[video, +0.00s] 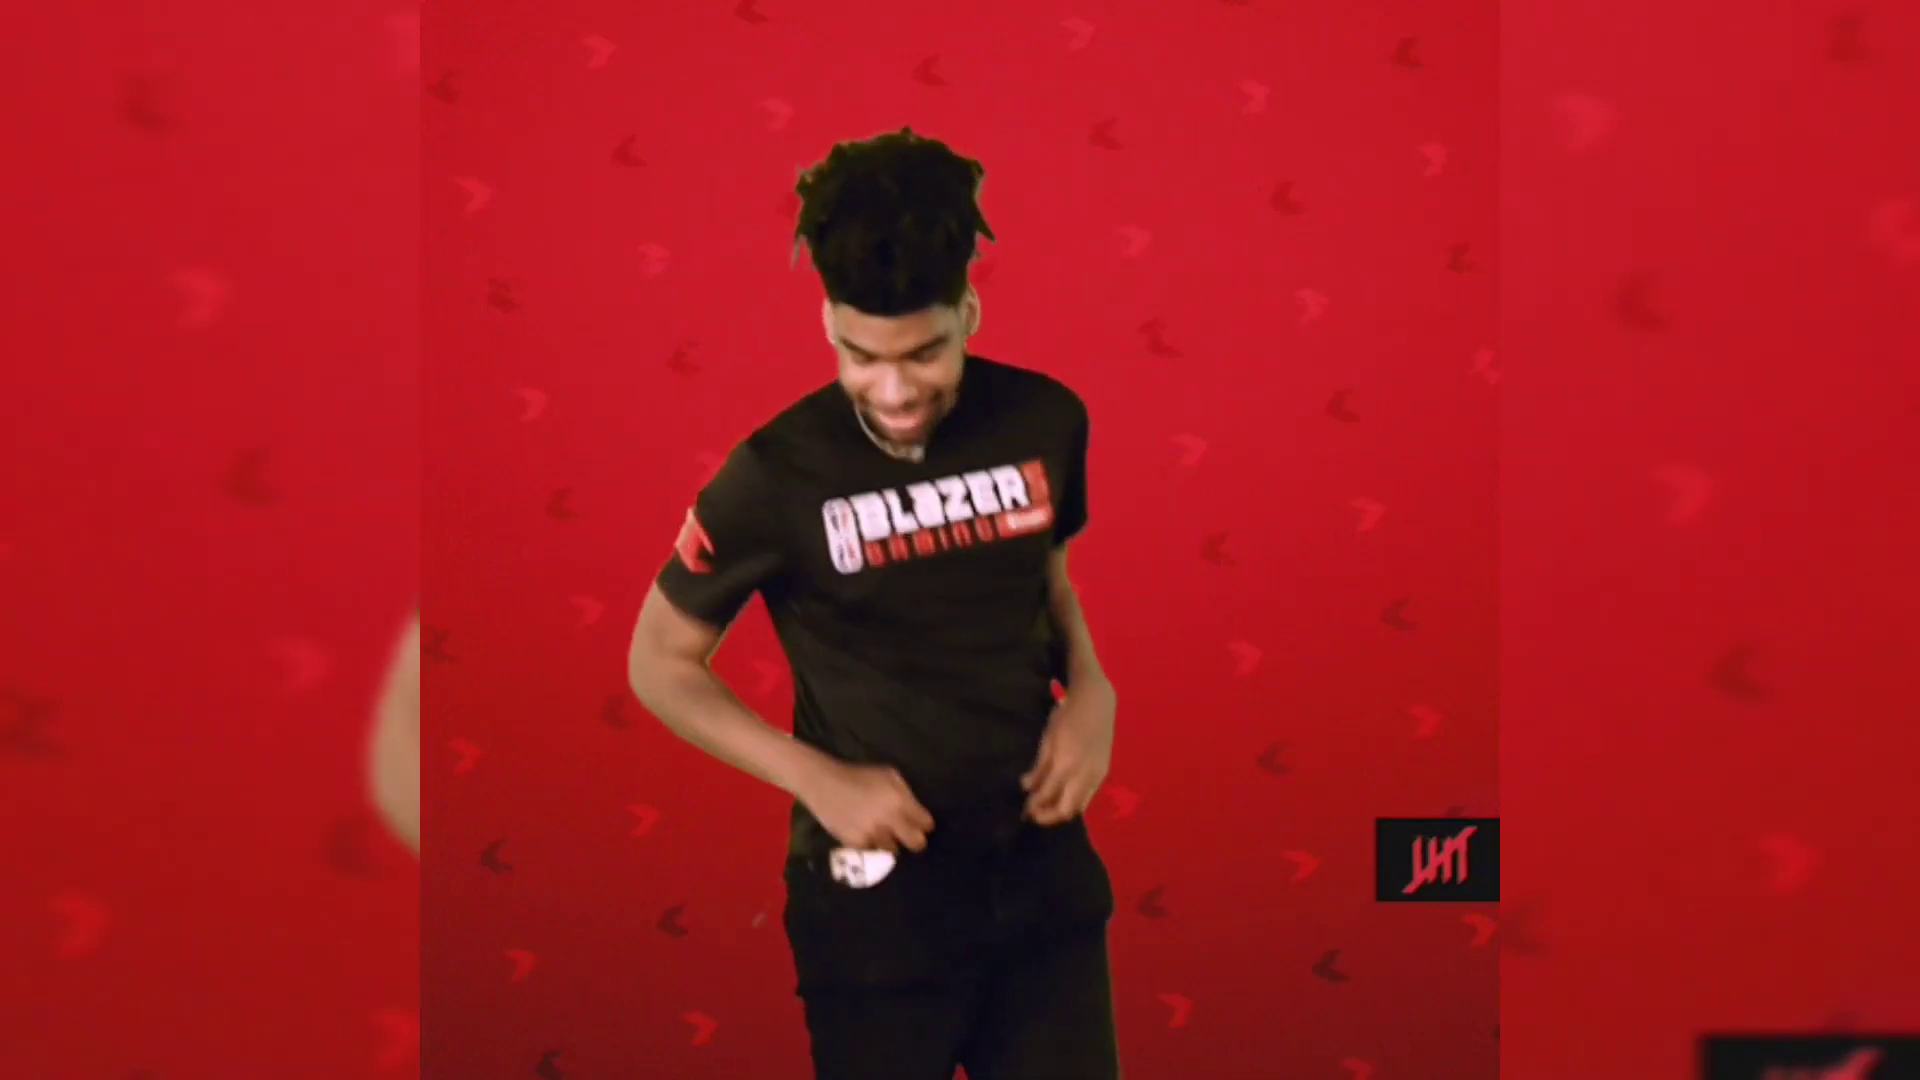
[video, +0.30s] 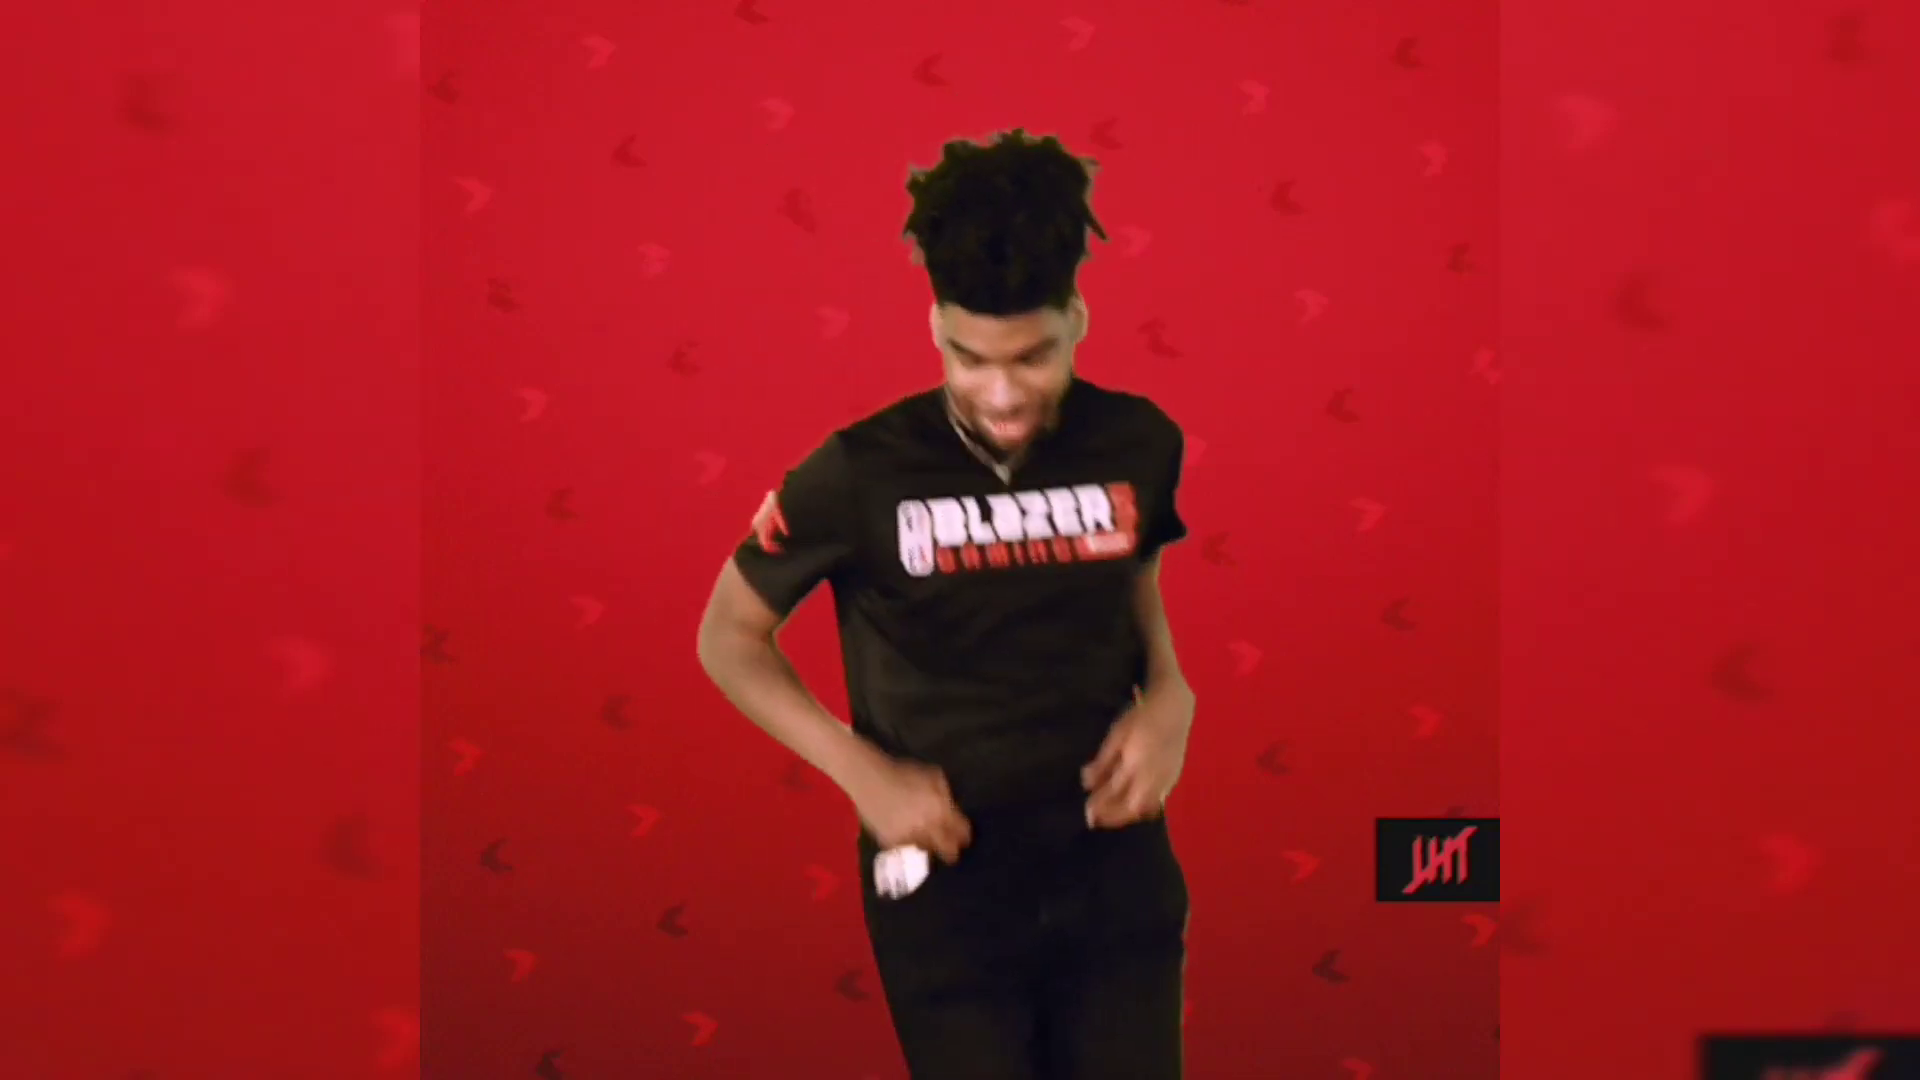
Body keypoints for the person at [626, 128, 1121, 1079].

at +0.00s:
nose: (894, 388)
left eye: (924, 353)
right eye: (861, 355)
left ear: (970, 312)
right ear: (828, 316)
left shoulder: (1043, 425)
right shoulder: (773, 481)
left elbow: (1047, 564)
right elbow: (660, 664)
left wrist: (1091, 688)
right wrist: (818, 780)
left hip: (1041, 880)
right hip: (873, 902)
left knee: (1073, 1062)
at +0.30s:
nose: (1003, 392)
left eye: (1033, 356)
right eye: (970, 358)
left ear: (1079, 315)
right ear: (936, 322)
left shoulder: (1139, 445)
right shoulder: (857, 478)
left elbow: (1134, 570)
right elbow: (728, 636)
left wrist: (1169, 693)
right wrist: (866, 775)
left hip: (1116, 877)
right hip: (943, 895)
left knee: (1133, 1061)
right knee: (973, 1061)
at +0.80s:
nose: (933, 365)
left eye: (967, 337)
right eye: (918, 330)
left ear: (1052, 322)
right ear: (903, 304)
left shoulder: (1148, 475)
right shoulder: (867, 443)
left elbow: (1222, 666)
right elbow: (823, 598)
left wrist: (1104, 746)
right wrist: (814, 728)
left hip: (1049, 910)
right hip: (876, 897)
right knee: (850, 1062)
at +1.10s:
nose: (836, 351)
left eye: (872, 320)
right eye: (818, 316)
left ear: (952, 299)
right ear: (802, 293)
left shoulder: (1065, 451)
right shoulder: (777, 432)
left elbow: (1138, 628)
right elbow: (753, 580)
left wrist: (1027, 723)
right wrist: (734, 686)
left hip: (958, 867)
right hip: (784, 849)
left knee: (918, 1061)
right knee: (758, 1061)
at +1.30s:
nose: (868, 363)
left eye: (893, 329)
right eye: (835, 331)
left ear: (920, 301)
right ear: (773, 307)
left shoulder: (1004, 433)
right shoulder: (706, 457)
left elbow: (1081, 590)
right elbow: (670, 605)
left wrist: (1005, 715)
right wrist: (705, 720)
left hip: (951, 866)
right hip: (770, 866)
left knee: (943, 1063)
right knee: (759, 1064)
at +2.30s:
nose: (902, 383)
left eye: (937, 351)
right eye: (876, 346)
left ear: (984, 319)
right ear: (843, 311)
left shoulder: (1074, 446)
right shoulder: (778, 468)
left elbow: (1140, 588)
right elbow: (738, 673)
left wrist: (1103, 731)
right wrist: (804, 811)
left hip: (1038, 849)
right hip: (866, 860)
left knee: (987, 1060)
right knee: (874, 1064)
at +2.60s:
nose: (872, 374)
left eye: (904, 342)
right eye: (843, 335)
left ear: (938, 311)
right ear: (794, 297)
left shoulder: (1013, 423)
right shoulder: (731, 462)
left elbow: (1154, 577)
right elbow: (711, 674)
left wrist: (1068, 694)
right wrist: (683, 875)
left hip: (1033, 822)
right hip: (865, 846)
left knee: (1015, 1057)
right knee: (882, 1060)